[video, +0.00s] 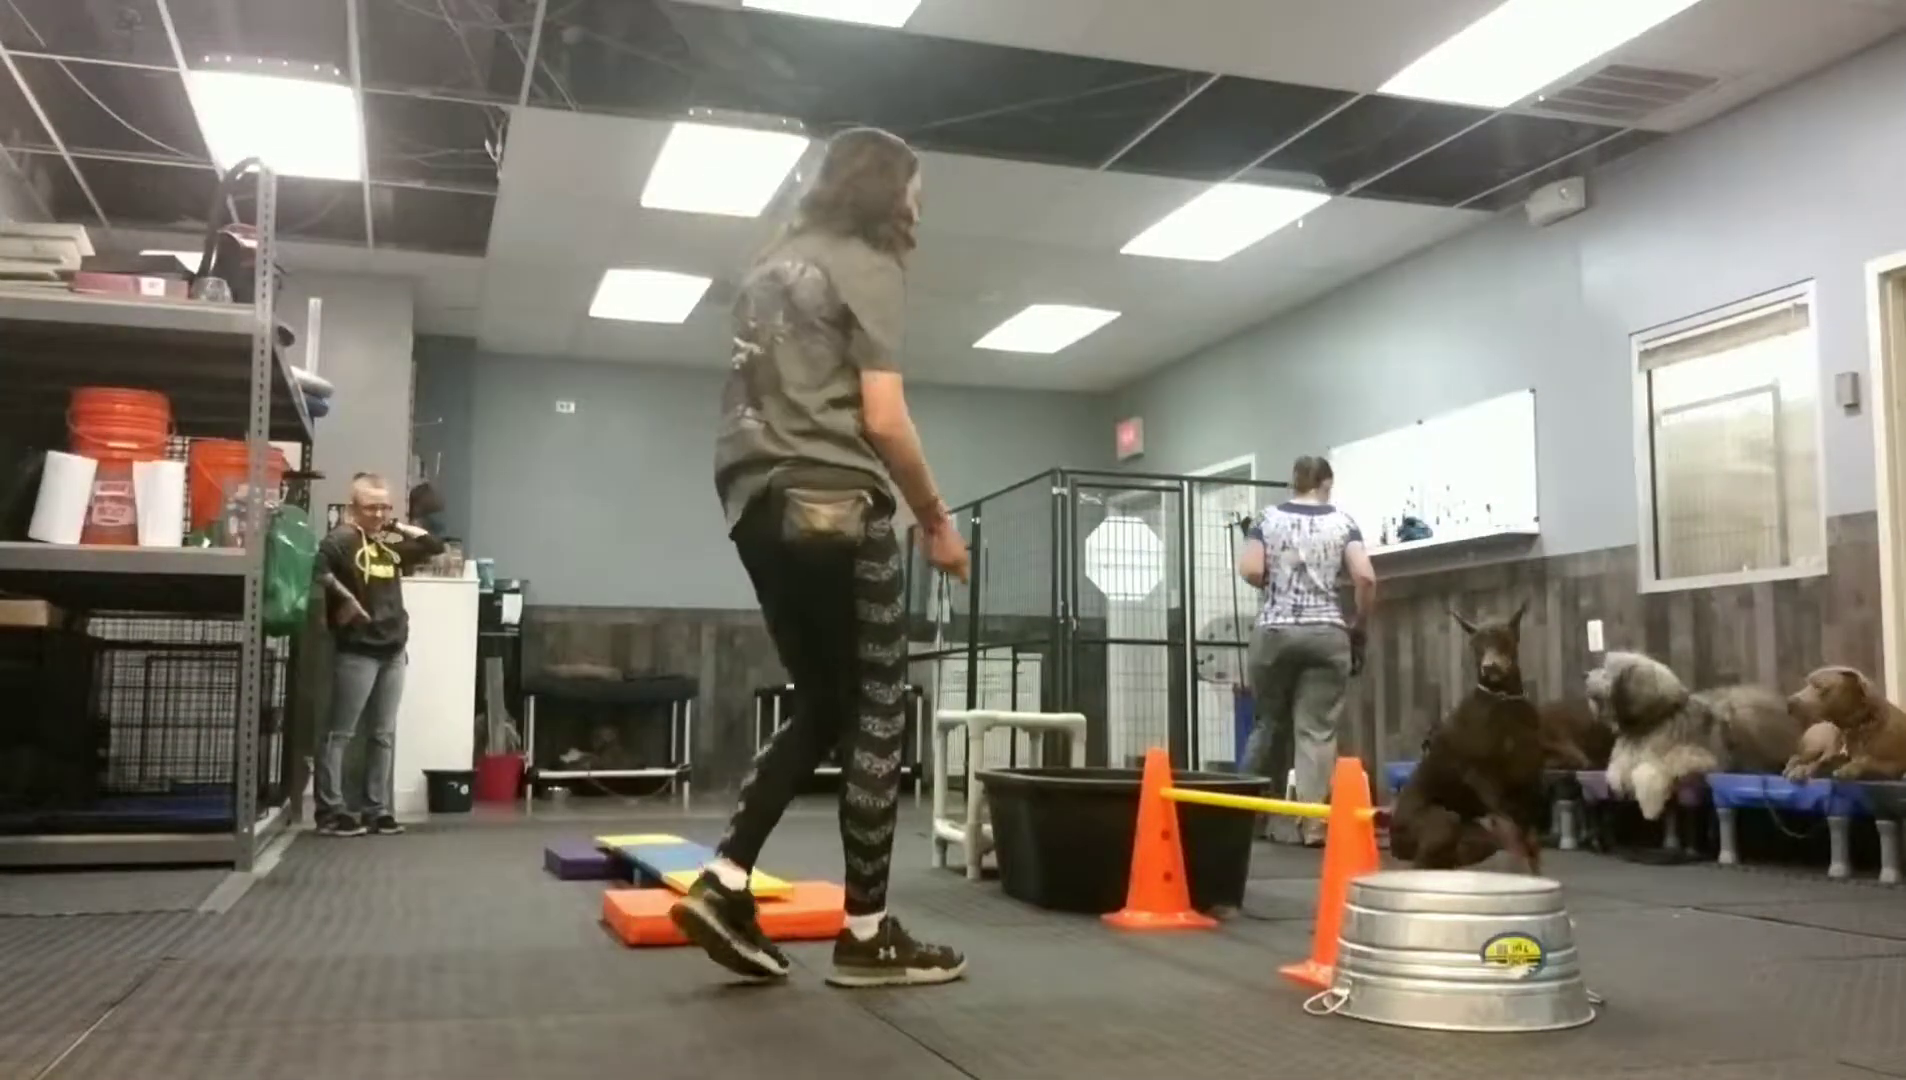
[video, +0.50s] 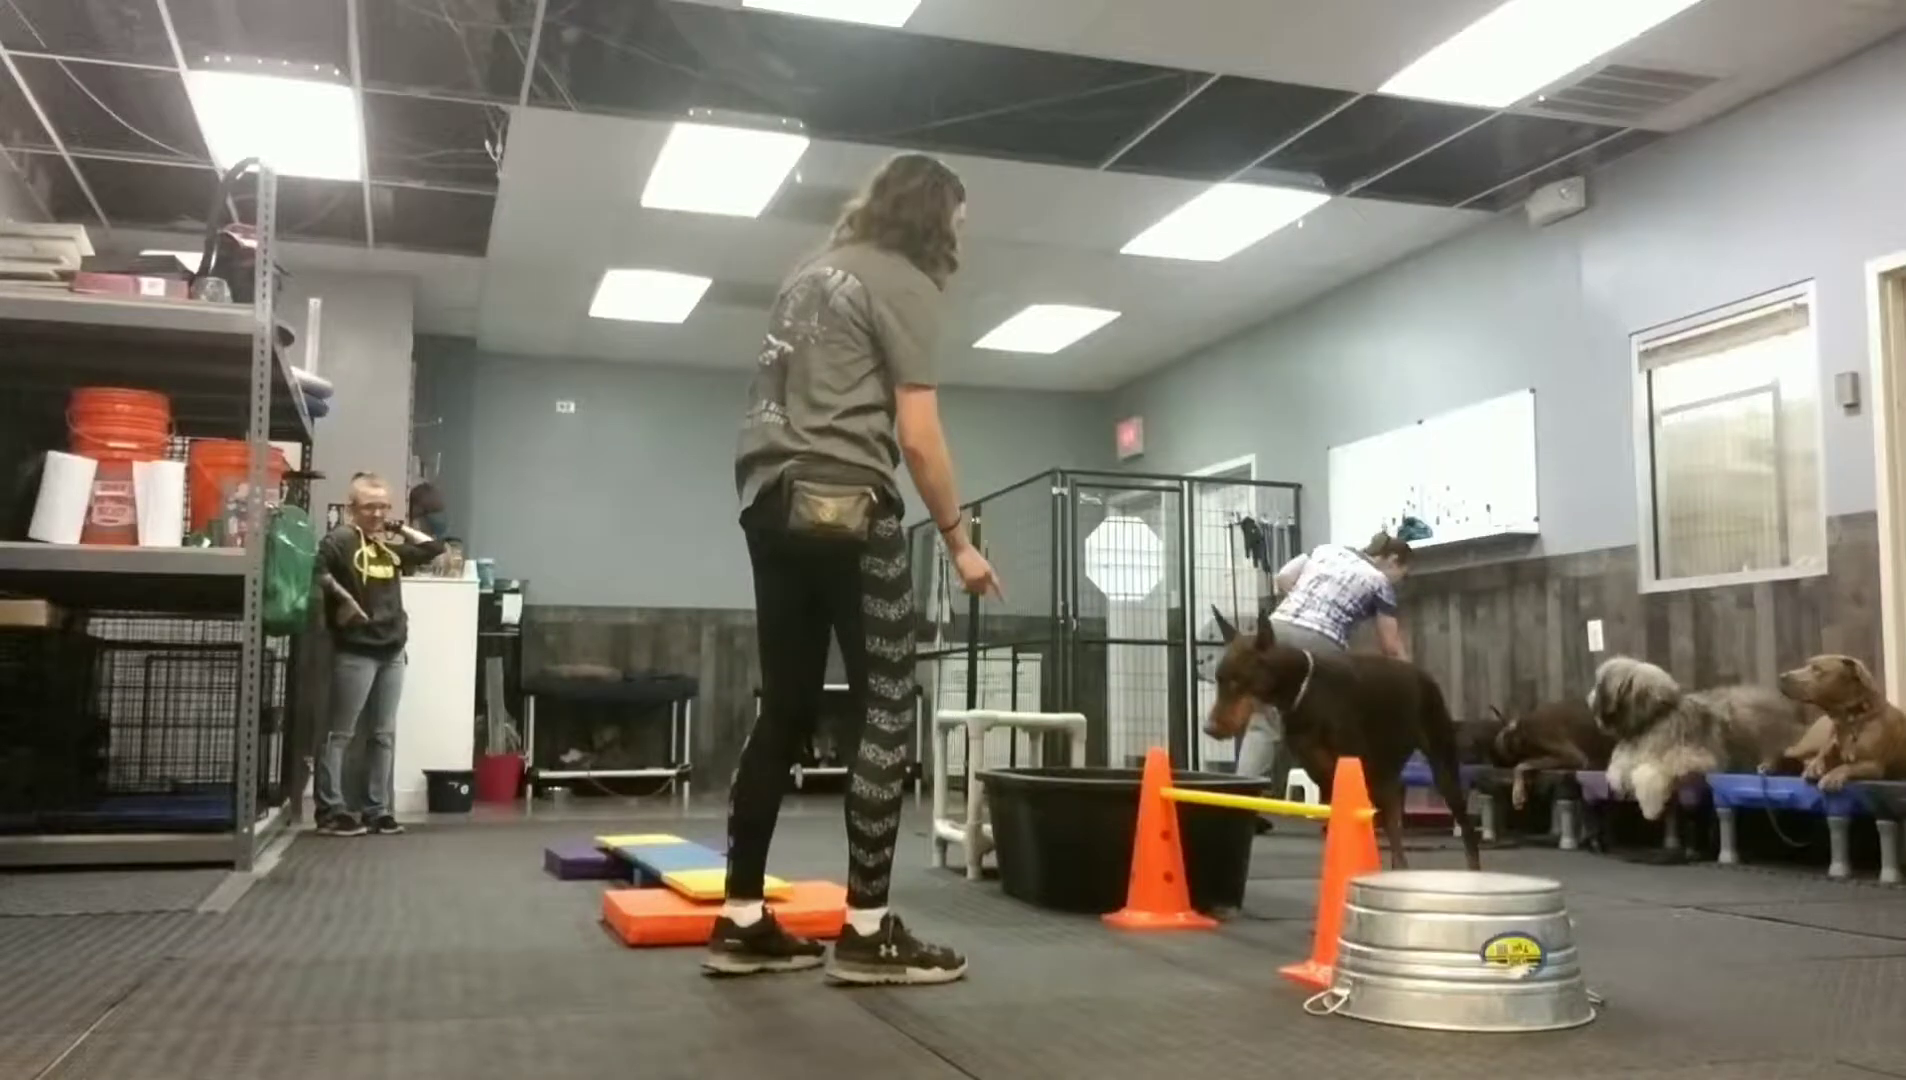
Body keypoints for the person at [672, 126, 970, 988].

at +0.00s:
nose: (919, 210)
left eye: (919, 194)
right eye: (913, 193)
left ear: (834, 187)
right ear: (883, 192)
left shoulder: (770, 265)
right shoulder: (867, 266)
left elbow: (768, 397)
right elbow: (884, 416)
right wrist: (935, 518)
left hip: (761, 504)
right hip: (838, 504)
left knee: (818, 705)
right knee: (878, 709)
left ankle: (726, 878)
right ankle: (868, 927)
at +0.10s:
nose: (947, 223)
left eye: (947, 207)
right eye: (943, 207)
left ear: (867, 198)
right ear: (916, 204)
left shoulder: (800, 269)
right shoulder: (898, 274)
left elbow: (794, 401)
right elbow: (913, 427)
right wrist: (946, 534)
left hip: (776, 499)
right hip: (852, 504)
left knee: (819, 706)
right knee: (881, 714)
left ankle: (755, 902)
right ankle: (867, 927)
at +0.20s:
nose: (952, 232)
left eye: (953, 216)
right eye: (949, 215)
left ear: (873, 203)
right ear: (925, 211)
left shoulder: (808, 274)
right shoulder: (900, 280)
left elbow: (793, 402)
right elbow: (910, 432)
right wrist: (949, 538)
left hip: (777, 501)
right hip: (855, 506)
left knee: (783, 709)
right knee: (891, 708)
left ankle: (740, 917)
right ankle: (866, 929)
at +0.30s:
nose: (958, 237)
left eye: (959, 222)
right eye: (954, 221)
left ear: (883, 206)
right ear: (926, 214)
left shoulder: (818, 273)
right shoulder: (905, 285)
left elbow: (803, 403)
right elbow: (927, 437)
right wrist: (970, 540)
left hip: (781, 504)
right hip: (857, 507)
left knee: (781, 706)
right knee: (890, 708)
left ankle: (740, 914)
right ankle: (868, 927)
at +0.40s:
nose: (965, 241)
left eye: (967, 226)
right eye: (961, 225)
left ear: (888, 208)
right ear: (933, 217)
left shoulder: (821, 274)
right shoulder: (912, 286)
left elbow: (810, 400)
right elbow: (939, 434)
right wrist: (987, 532)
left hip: (783, 502)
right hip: (861, 503)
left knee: (787, 708)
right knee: (892, 709)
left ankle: (743, 913)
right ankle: (868, 926)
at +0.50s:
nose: (958, 241)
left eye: (960, 225)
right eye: (954, 224)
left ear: (878, 208)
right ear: (926, 216)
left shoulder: (808, 275)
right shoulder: (902, 284)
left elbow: (795, 404)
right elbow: (919, 434)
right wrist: (960, 540)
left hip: (773, 504)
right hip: (852, 506)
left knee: (783, 710)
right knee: (886, 714)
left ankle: (741, 915)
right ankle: (869, 926)